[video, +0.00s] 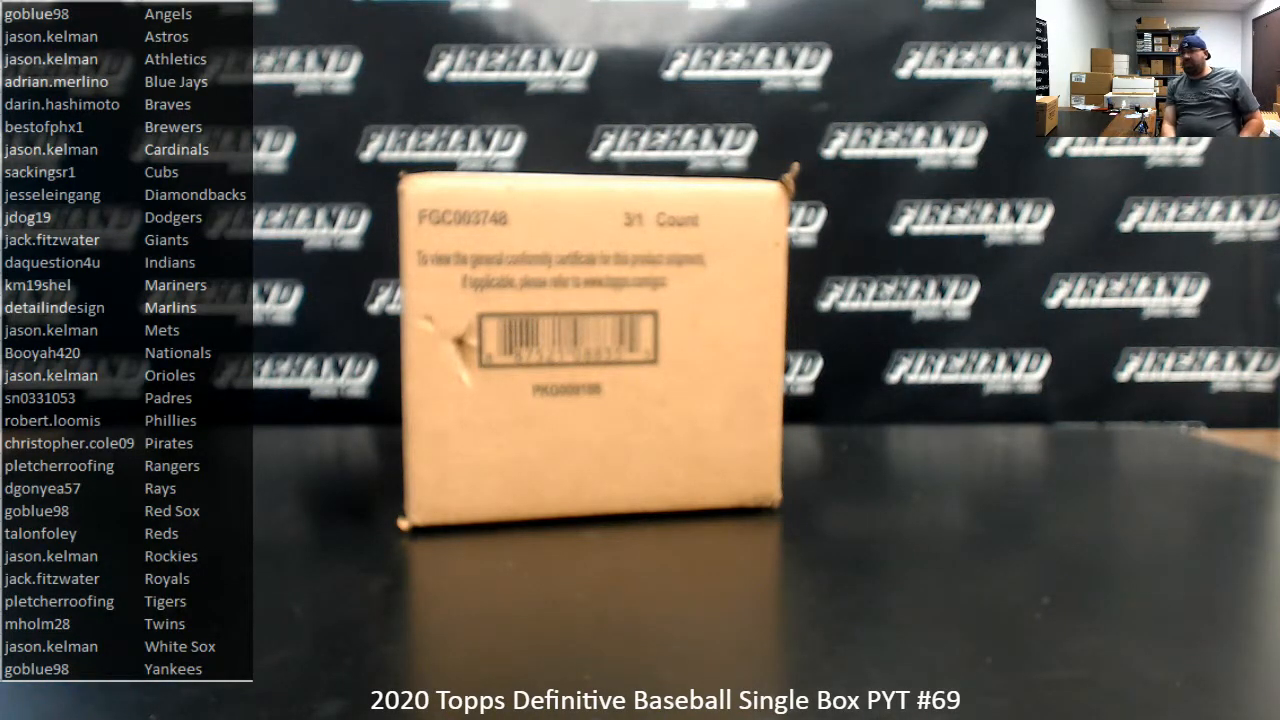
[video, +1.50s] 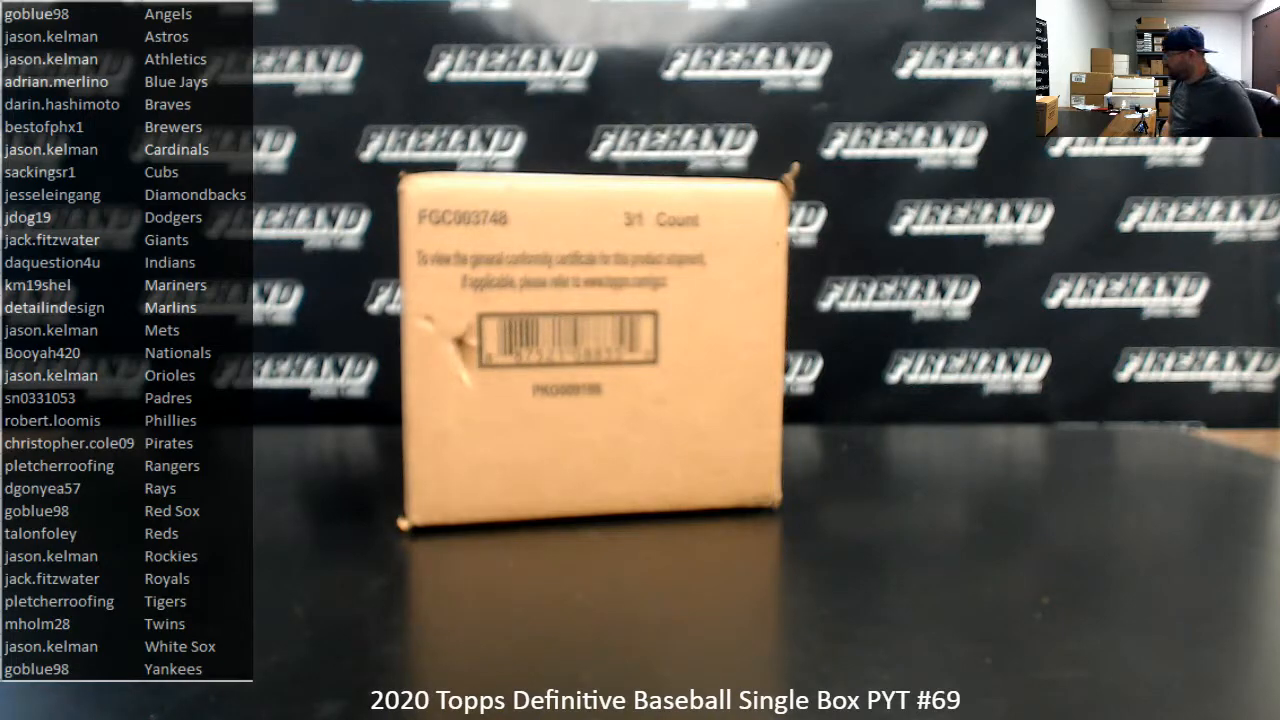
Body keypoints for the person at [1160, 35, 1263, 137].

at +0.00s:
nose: (1186, 57)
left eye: (1192, 51)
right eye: (1183, 53)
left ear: (1205, 54)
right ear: (1180, 57)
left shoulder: (1231, 78)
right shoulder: (1175, 86)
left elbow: (1256, 120)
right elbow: (1168, 123)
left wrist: (1237, 149)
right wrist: (1170, 150)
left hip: (1225, 153)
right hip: (1185, 155)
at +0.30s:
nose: (1192, 56)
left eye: (1197, 51)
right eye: (1187, 53)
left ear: (1210, 54)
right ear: (1184, 58)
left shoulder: (1235, 79)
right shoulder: (1179, 86)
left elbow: (1258, 122)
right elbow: (1170, 123)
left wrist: (1237, 149)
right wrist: (1170, 150)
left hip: (1226, 152)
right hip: (1186, 154)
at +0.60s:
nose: (1198, 55)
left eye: (1204, 50)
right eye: (1194, 51)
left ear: (1217, 53)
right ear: (1189, 57)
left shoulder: (1241, 80)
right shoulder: (1183, 85)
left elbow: (1262, 127)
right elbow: (1172, 122)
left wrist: (1235, 152)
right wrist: (1168, 150)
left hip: (1226, 156)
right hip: (1186, 156)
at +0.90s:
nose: (1199, 56)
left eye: (1206, 50)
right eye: (1196, 51)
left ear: (1222, 52)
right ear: (1192, 54)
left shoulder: (1246, 82)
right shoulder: (1189, 84)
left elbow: (1266, 131)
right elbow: (1175, 120)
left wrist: (1239, 159)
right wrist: (1167, 149)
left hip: (1228, 159)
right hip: (1187, 159)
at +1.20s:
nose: (1185, 58)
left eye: (1191, 52)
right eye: (1185, 52)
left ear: (1214, 51)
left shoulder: (1245, 85)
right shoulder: (1189, 83)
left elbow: (1265, 140)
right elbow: (1175, 121)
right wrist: (1164, 151)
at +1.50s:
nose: (1165, 62)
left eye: (1169, 56)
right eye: (1165, 56)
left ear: (1191, 55)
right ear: (1191, 55)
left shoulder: (1227, 90)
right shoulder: (1179, 86)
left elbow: (1253, 143)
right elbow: (1170, 125)